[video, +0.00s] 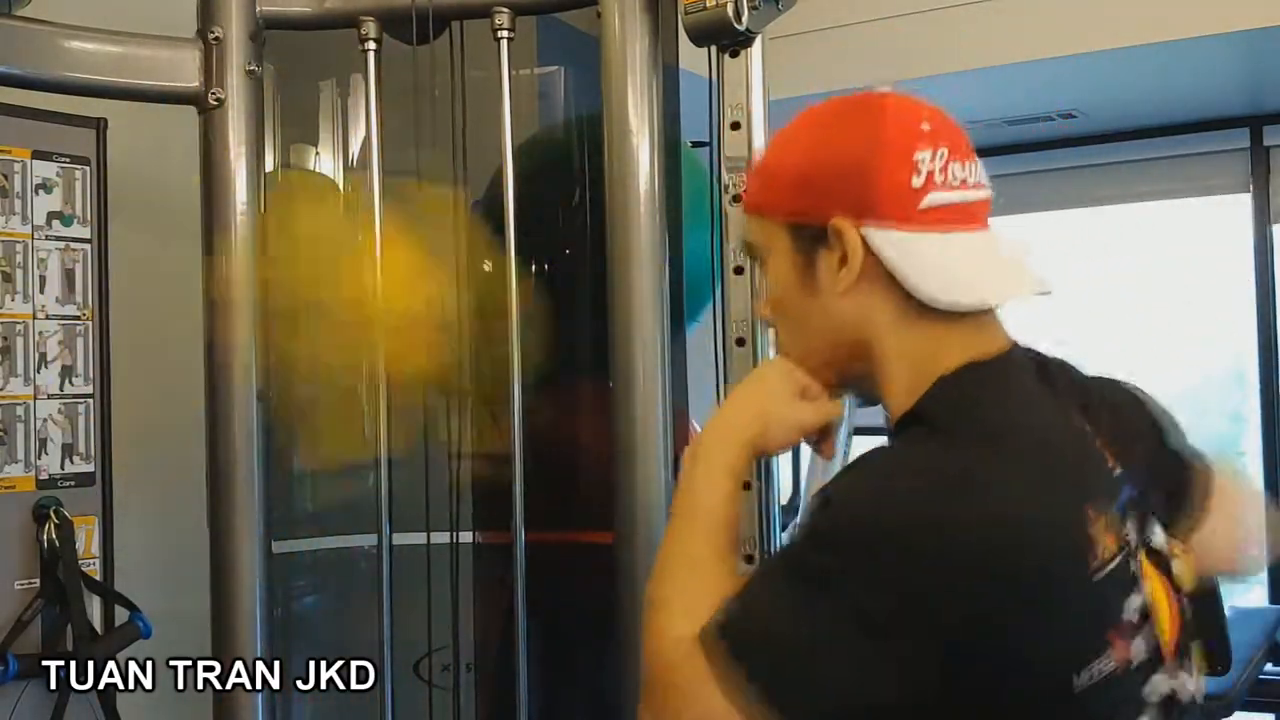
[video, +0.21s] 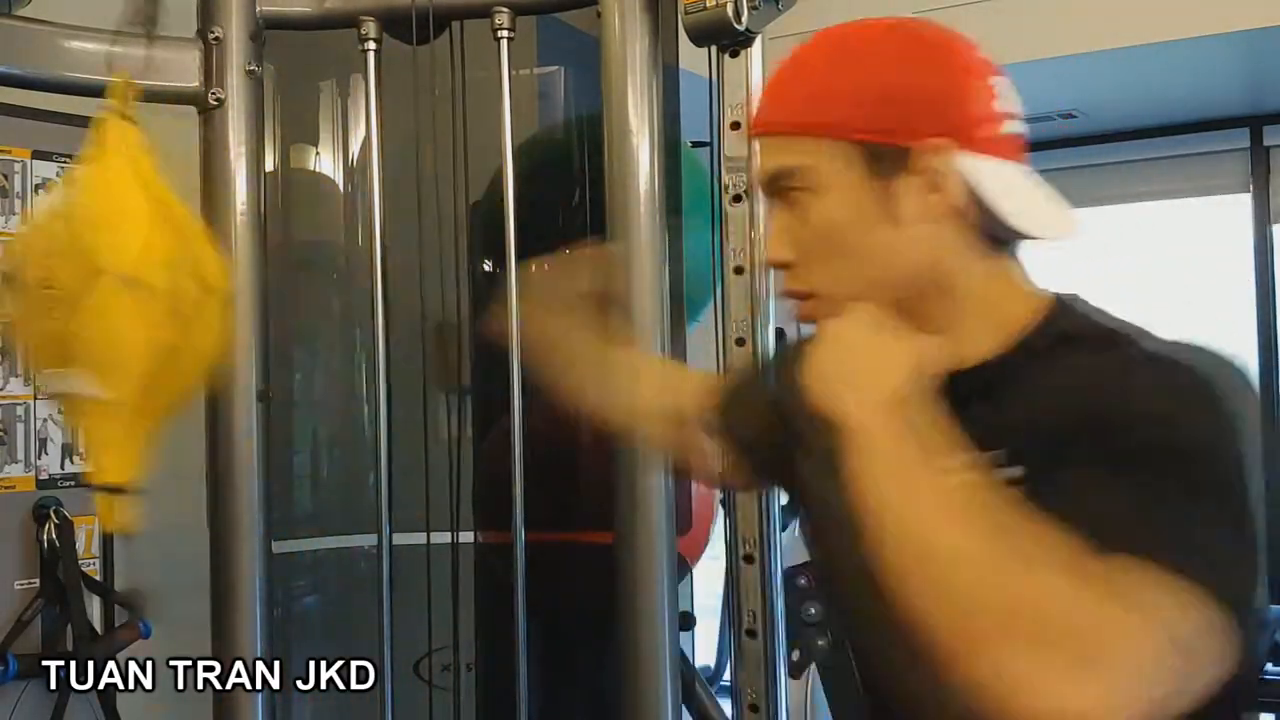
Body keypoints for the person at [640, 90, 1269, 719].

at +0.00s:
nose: (761, 306)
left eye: (763, 264)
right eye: (753, 268)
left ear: (844, 255)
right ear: (950, 241)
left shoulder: (902, 506)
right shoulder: (1113, 413)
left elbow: (679, 701)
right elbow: (1244, 536)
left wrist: (721, 445)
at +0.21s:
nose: (769, 251)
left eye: (793, 194)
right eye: (767, 204)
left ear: (928, 186)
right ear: (921, 190)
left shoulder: (1168, 403)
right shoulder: (831, 384)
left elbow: (1100, 678)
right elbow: (699, 420)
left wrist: (886, 421)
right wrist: (560, 334)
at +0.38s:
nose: (834, 251)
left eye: (865, 201)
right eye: (829, 210)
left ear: (1010, 184)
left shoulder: (1235, 391)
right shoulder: (847, 405)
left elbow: (1223, 680)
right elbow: (635, 513)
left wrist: (1007, 395)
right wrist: (414, 358)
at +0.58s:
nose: (913, 277)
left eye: (936, 216)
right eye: (906, 230)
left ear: (1086, 193)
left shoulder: (1263, 396)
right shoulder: (973, 427)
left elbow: (1214, 702)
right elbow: (806, 622)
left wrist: (1037, 436)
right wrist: (695, 523)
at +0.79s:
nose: (904, 273)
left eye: (909, 216)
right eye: (897, 226)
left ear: (1038, 188)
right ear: (1039, 190)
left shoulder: (1250, 405)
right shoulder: (1023, 426)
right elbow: (883, 599)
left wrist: (872, 368)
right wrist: (813, 414)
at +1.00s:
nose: (846, 266)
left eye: (850, 220)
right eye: (842, 227)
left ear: (953, 197)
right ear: (955, 199)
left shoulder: (1083, 400)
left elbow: (797, 647)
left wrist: (790, 354)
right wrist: (858, 381)